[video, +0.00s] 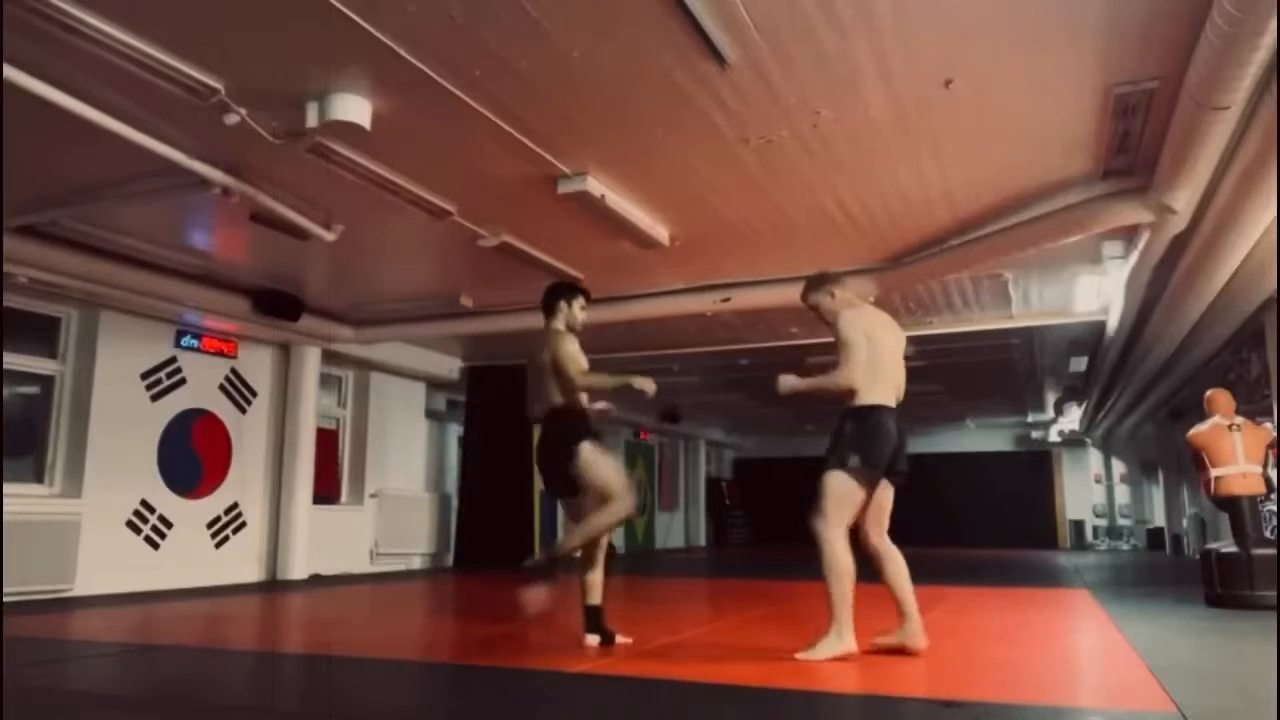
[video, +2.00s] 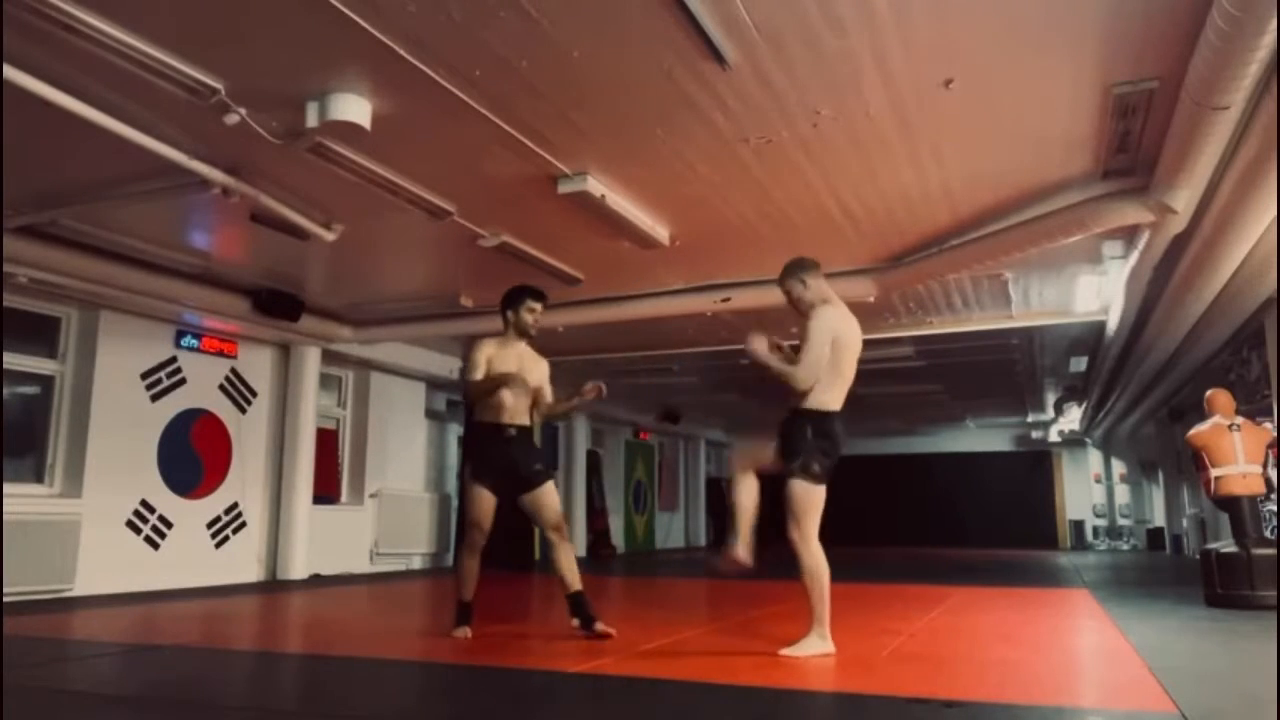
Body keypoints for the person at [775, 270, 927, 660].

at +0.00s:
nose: (821, 318)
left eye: (818, 310)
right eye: (817, 312)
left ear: (833, 293)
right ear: (845, 291)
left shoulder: (850, 316)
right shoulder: (891, 326)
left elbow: (849, 378)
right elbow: (895, 387)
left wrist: (799, 383)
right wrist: (836, 376)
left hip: (863, 425)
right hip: (892, 427)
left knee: (830, 525)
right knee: (876, 533)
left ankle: (841, 633)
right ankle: (912, 627)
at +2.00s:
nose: (793, 305)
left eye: (791, 296)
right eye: (789, 298)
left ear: (806, 283)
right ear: (816, 280)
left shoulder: (824, 317)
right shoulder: (846, 319)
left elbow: (803, 378)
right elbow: (827, 370)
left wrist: (765, 356)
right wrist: (791, 352)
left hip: (812, 432)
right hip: (817, 430)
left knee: (804, 534)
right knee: (742, 456)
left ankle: (821, 635)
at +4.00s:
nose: (682, 304)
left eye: (687, 297)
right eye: (680, 296)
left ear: (711, 289)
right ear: (684, 291)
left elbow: (729, 397)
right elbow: (642, 328)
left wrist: (671, 372)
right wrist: (611, 339)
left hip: (646, 433)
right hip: (616, 394)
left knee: (636, 525)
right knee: (530, 397)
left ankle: (604, 615)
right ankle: (494, 385)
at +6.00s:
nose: (645, 329)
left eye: (644, 323)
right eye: (642, 325)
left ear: (654, 310)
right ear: (669, 306)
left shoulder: (670, 330)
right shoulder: (711, 343)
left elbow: (615, 368)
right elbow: (671, 373)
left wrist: (611, 325)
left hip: (661, 432)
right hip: (692, 443)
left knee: (581, 448)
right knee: (675, 536)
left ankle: (605, 528)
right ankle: (682, 625)